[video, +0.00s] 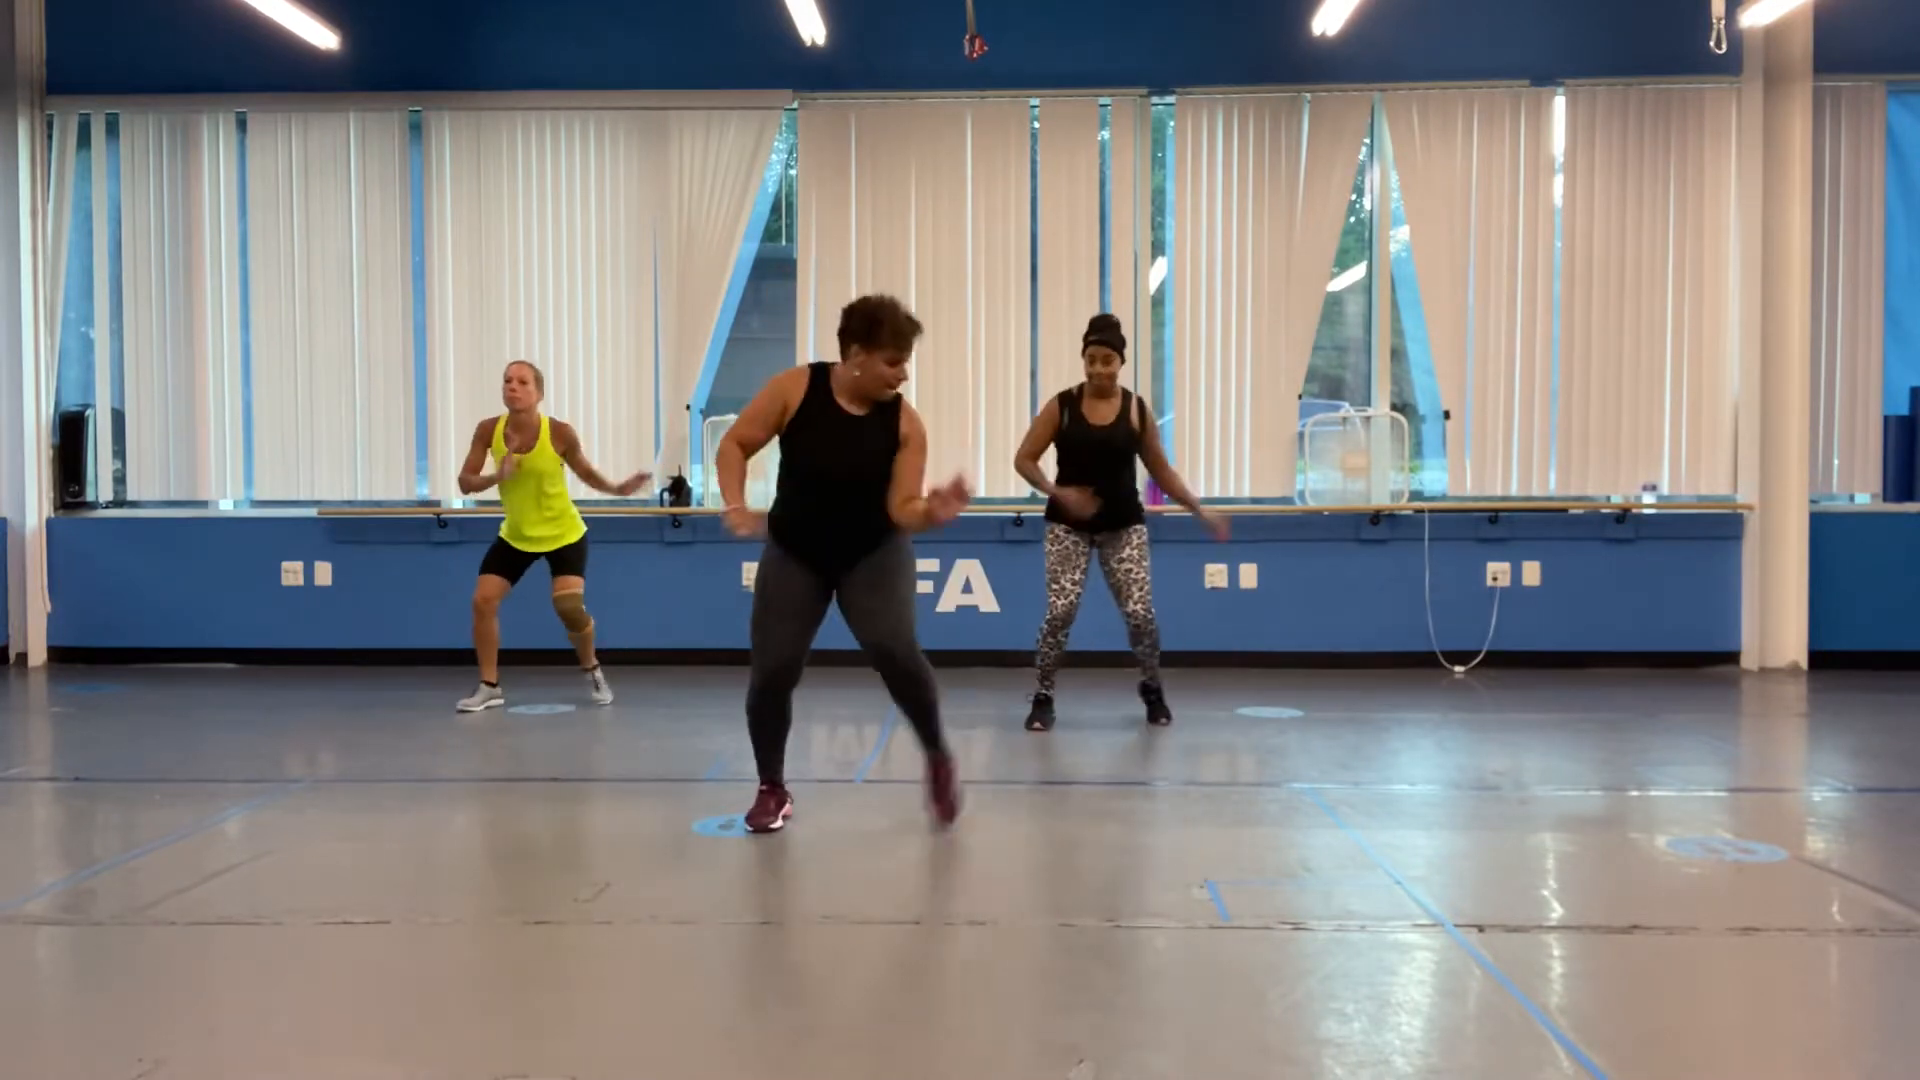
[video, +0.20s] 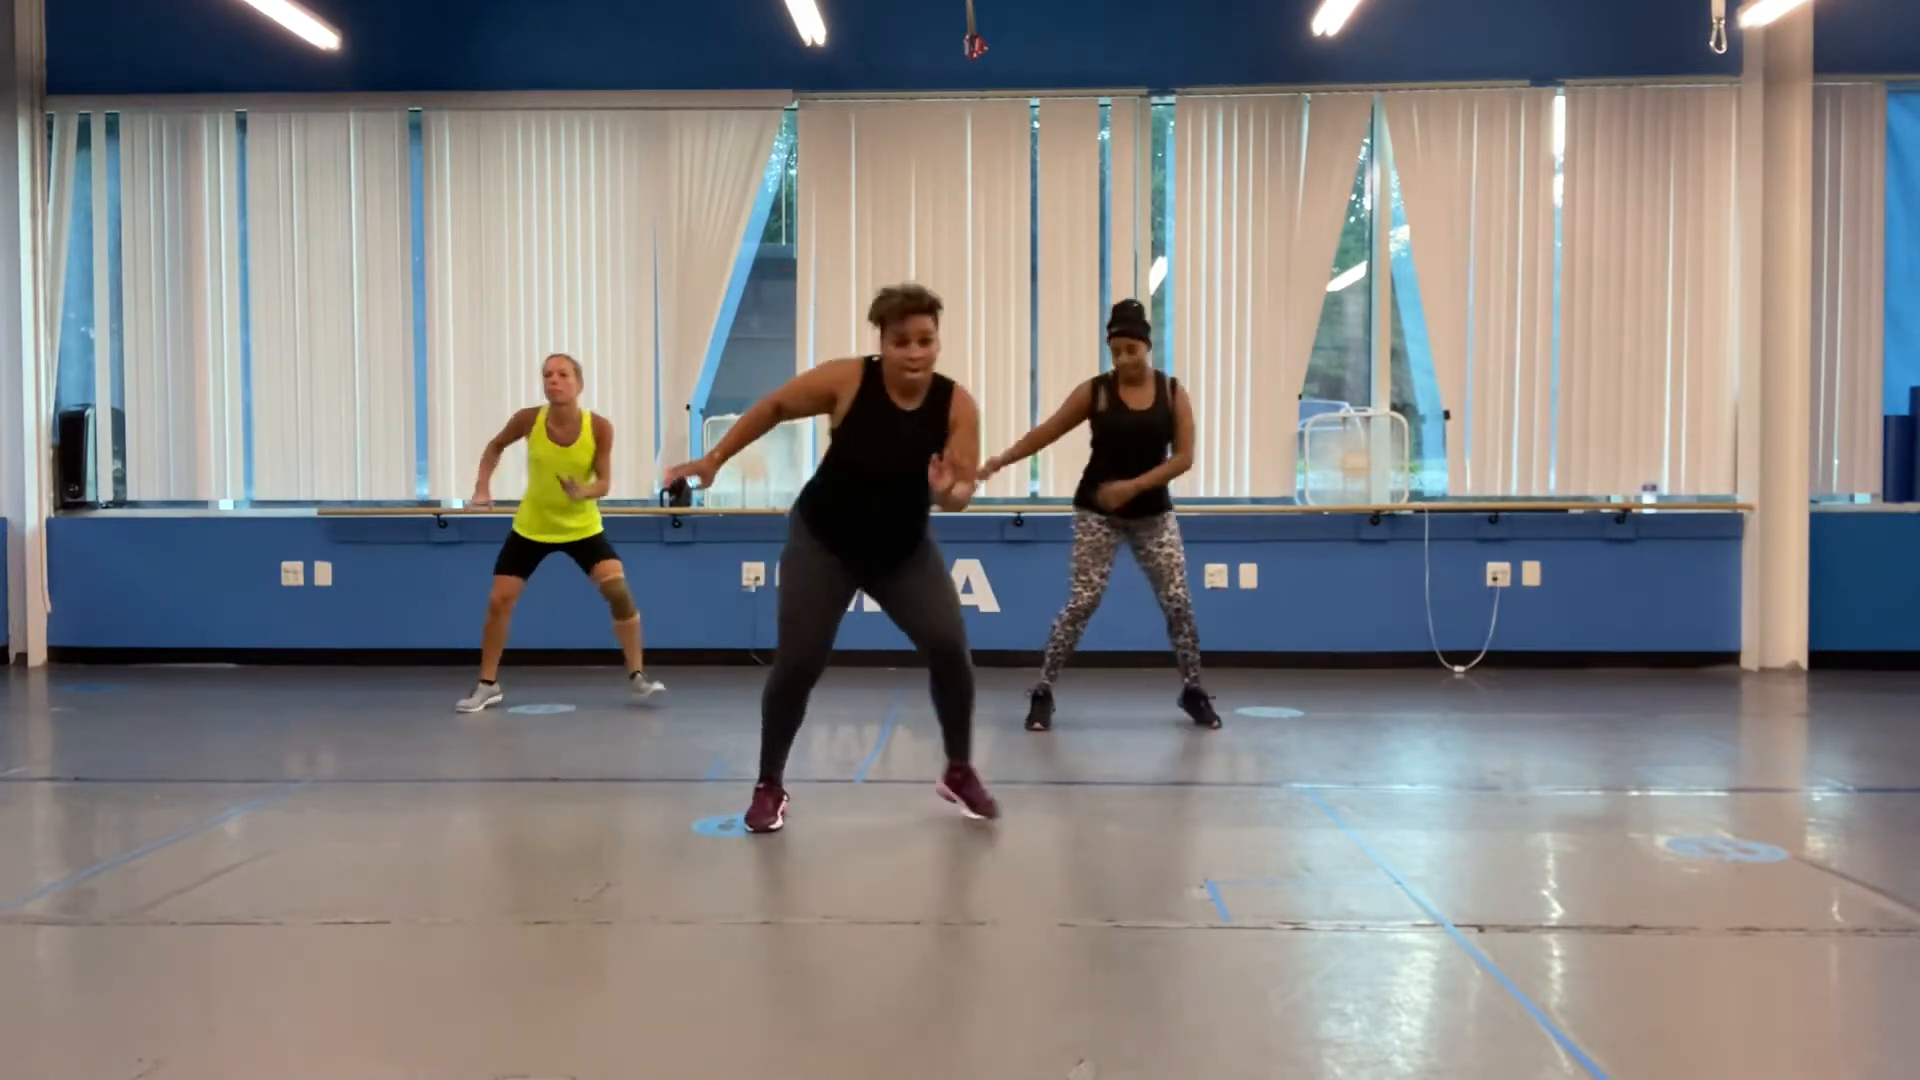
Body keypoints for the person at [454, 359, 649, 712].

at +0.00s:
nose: (513, 387)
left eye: (522, 383)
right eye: (508, 382)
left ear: (538, 393)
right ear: (502, 390)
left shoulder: (559, 432)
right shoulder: (489, 430)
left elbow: (587, 473)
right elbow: (465, 483)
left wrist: (616, 488)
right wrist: (497, 476)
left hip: (563, 531)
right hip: (517, 532)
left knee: (568, 604)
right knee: (483, 600)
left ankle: (592, 671)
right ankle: (489, 686)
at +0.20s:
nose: (554, 381)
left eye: (562, 375)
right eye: (548, 376)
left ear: (579, 384)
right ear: (542, 384)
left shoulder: (599, 428)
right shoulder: (528, 419)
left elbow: (603, 483)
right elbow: (495, 447)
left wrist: (583, 490)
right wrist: (482, 488)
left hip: (581, 526)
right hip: (532, 524)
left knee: (618, 590)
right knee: (499, 600)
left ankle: (637, 676)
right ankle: (487, 684)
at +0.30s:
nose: (576, 379)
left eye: (584, 373)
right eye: (570, 374)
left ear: (601, 380)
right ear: (564, 383)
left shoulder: (623, 421)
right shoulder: (556, 418)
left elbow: (631, 478)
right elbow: (524, 439)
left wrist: (580, 471)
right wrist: (489, 459)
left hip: (607, 525)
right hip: (559, 523)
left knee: (636, 598)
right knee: (521, 599)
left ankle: (643, 685)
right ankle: (491, 680)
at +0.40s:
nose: (596, 380)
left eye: (604, 373)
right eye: (590, 375)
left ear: (621, 381)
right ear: (585, 383)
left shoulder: (642, 424)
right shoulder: (576, 419)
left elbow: (646, 479)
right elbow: (550, 444)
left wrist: (593, 471)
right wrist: (504, 446)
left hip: (626, 526)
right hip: (580, 523)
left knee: (650, 600)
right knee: (539, 595)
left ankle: (646, 684)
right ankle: (544, 674)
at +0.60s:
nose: (632, 377)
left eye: (639, 371)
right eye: (626, 373)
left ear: (656, 377)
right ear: (621, 382)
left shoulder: (676, 417)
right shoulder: (611, 412)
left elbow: (668, 462)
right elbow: (575, 427)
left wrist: (620, 444)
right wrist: (524, 425)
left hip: (652, 522)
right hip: (606, 520)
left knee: (688, 589)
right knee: (579, 598)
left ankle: (693, 675)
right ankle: (586, 679)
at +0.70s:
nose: (649, 377)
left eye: (656, 370)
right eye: (642, 373)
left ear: (673, 377)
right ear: (637, 383)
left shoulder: (694, 414)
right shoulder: (632, 416)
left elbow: (693, 449)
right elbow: (598, 436)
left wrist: (646, 439)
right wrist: (543, 430)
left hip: (675, 524)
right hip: (628, 521)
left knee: (707, 597)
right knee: (592, 596)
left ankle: (731, 684)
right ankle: (578, 675)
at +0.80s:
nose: (662, 385)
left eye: (669, 378)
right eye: (655, 381)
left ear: (686, 386)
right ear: (649, 391)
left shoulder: (710, 423)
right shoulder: (643, 432)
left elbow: (717, 464)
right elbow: (618, 473)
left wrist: (666, 455)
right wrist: (567, 464)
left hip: (697, 532)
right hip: (649, 532)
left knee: (734, 598)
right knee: (614, 608)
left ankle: (737, 687)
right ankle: (598, 665)